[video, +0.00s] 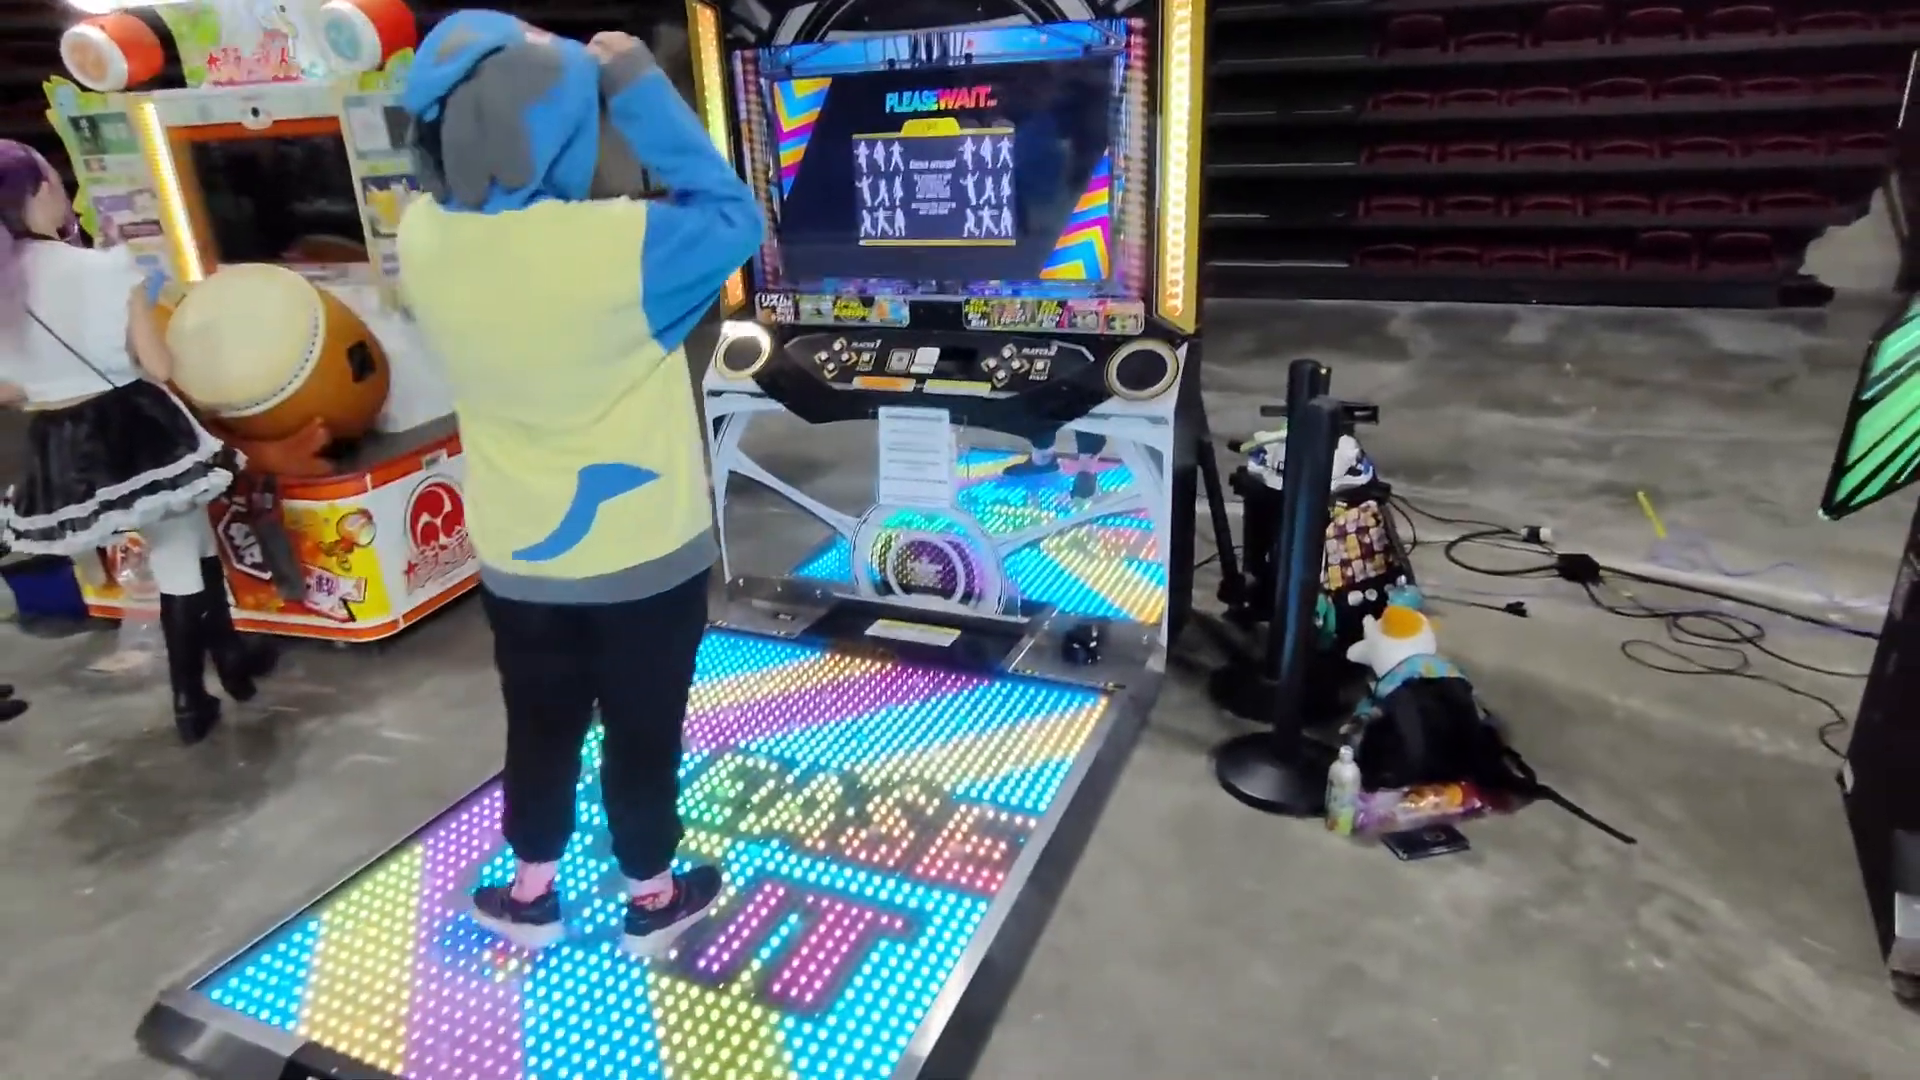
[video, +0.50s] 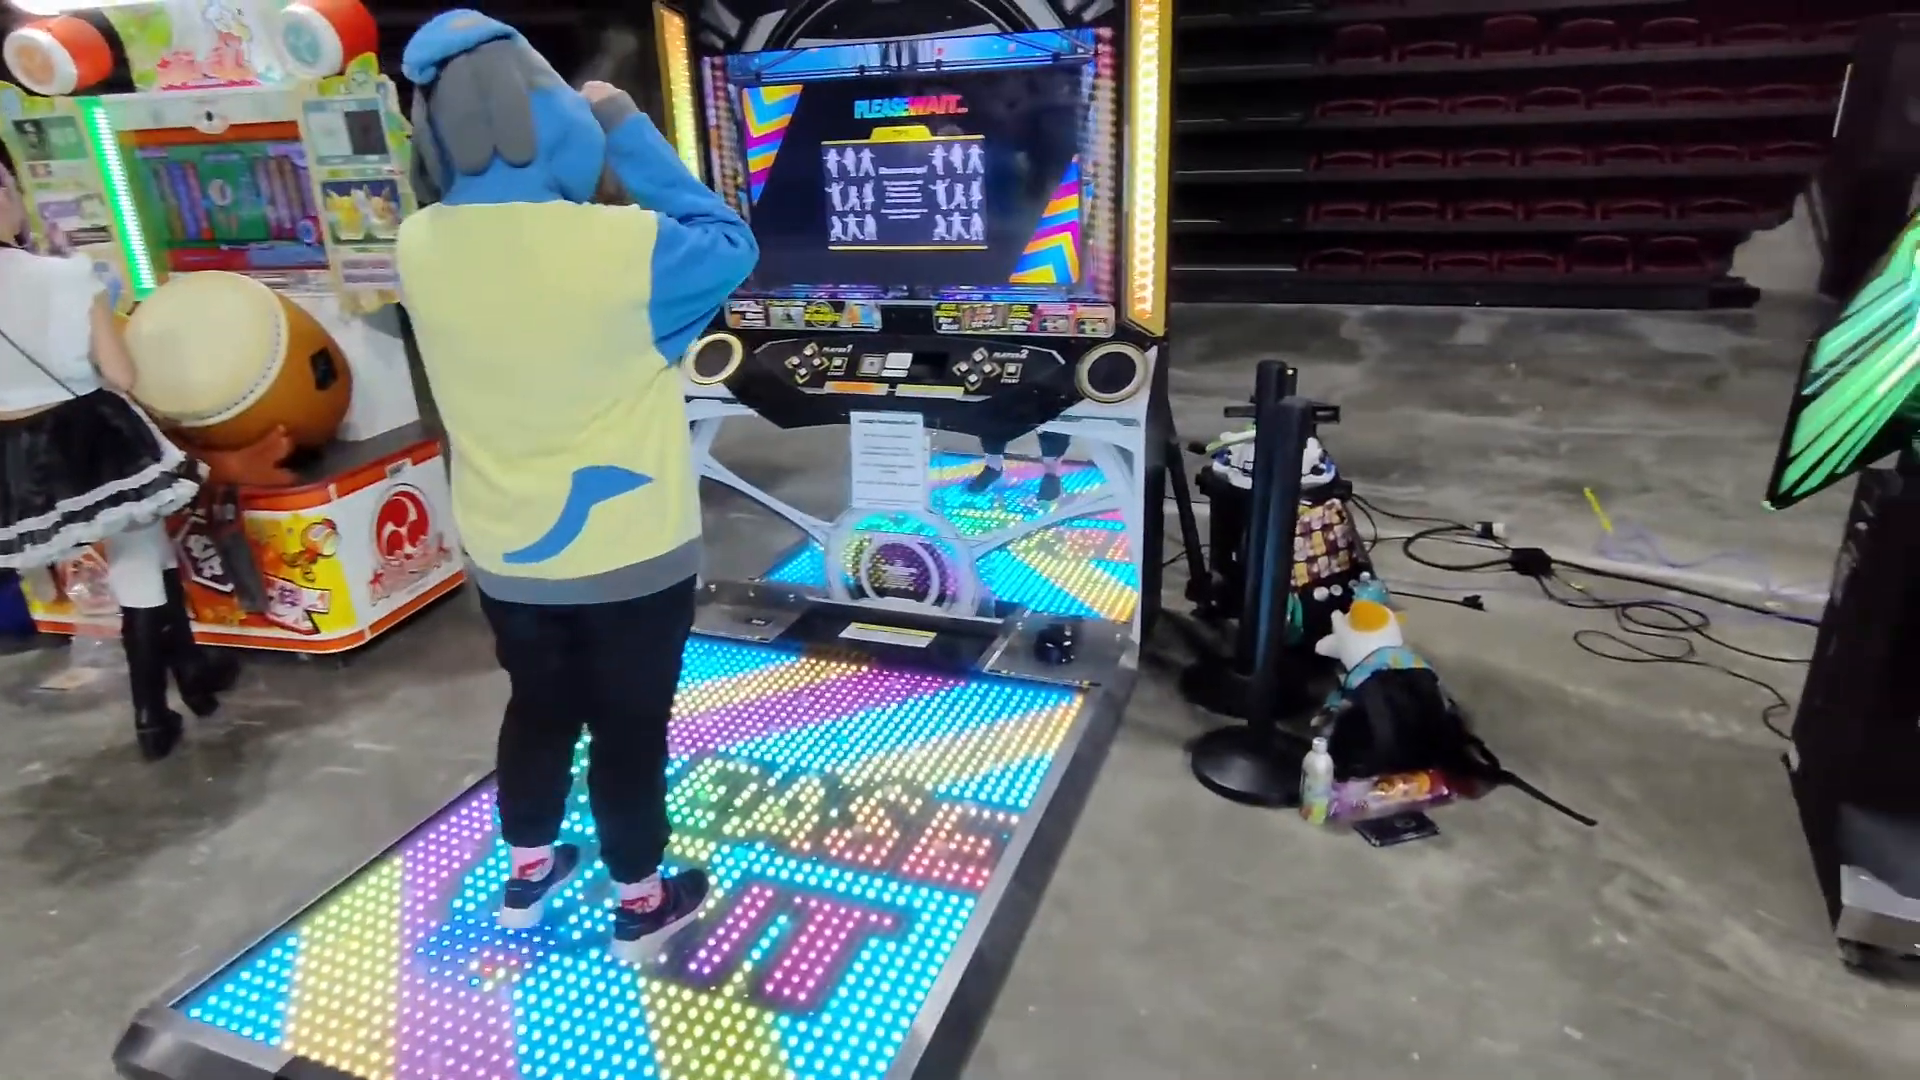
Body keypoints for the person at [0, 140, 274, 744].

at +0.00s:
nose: (65, 195)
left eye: (59, 184)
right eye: (57, 185)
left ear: (11, 204)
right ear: (33, 196)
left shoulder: (5, 283)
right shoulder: (106, 267)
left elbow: (10, 389)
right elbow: (156, 365)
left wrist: (58, 386)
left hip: (62, 440)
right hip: (134, 426)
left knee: (181, 533)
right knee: (175, 550)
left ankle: (233, 654)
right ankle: (190, 702)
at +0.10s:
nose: (59, 198)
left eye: (53, 188)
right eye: (52, 188)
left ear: (7, 203)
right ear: (30, 195)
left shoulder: (3, 284)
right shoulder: (100, 269)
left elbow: (7, 390)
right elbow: (152, 366)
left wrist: (53, 388)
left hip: (58, 442)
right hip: (129, 429)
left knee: (176, 538)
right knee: (170, 554)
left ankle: (229, 659)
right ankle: (186, 704)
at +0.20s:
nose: (49, 204)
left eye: (43, 192)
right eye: (42, 193)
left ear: (6, 202)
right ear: (21, 198)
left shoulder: (5, 278)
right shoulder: (87, 272)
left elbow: (11, 389)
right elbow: (144, 369)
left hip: (37, 445)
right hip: (112, 433)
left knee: (169, 536)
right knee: (163, 553)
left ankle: (218, 661)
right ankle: (178, 708)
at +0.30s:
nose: (35, 203)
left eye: (29, 190)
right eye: (29, 191)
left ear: (3, 197)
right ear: (10, 196)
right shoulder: (80, 276)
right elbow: (134, 374)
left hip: (22, 456)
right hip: (102, 444)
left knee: (157, 533)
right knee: (152, 554)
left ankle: (210, 666)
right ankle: (167, 711)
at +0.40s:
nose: (25, 202)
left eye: (20, 189)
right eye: (19, 190)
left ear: (3, 195)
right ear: (5, 197)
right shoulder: (72, 278)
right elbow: (127, 376)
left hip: (17, 458)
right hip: (92, 447)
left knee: (147, 536)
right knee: (143, 555)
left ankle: (202, 670)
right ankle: (157, 714)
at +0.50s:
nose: (16, 199)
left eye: (12, 185)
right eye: (11, 186)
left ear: (3, 194)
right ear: (2, 198)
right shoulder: (64, 279)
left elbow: (116, 372)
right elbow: (121, 378)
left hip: (14, 465)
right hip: (88, 452)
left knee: (139, 536)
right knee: (136, 551)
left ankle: (194, 672)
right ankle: (151, 715)